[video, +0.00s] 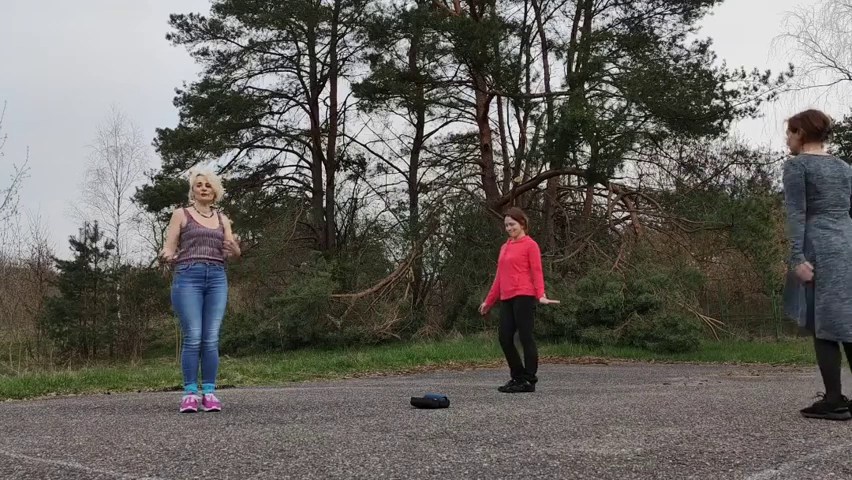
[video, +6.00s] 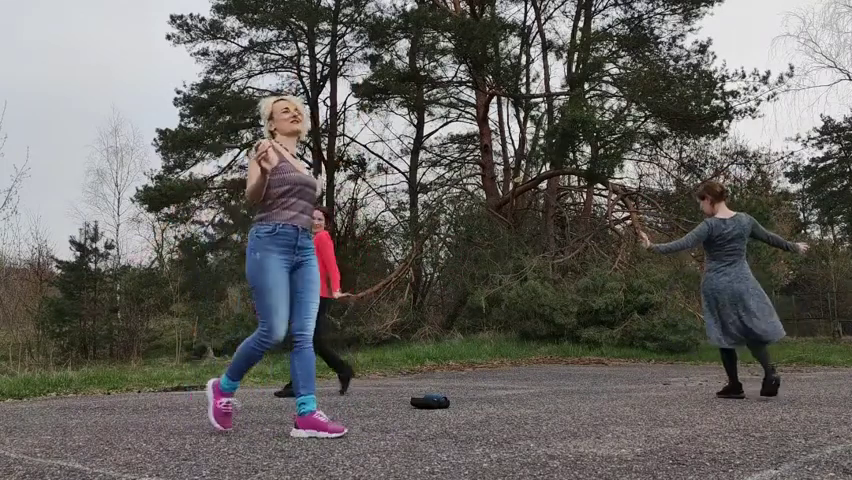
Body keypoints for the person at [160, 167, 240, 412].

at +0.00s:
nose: (204, 189)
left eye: (208, 185)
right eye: (199, 185)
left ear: (216, 190)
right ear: (192, 190)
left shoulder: (222, 219)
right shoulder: (181, 214)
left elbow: (233, 254)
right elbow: (169, 248)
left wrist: (234, 249)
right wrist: (168, 255)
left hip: (217, 277)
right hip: (188, 277)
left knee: (211, 338)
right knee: (193, 336)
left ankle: (209, 393)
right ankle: (190, 393)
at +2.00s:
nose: (222, 191)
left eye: (226, 187)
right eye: (217, 186)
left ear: (231, 192)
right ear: (207, 189)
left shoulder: (234, 219)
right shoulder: (193, 214)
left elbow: (240, 253)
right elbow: (181, 251)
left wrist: (249, 283)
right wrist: (174, 282)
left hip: (226, 280)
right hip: (195, 279)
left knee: (218, 341)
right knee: (205, 337)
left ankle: (209, 392)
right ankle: (192, 385)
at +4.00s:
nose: (307, 116)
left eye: (311, 113)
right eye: (301, 111)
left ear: (316, 123)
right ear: (286, 119)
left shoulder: (323, 159)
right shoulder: (277, 155)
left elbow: (363, 146)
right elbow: (286, 131)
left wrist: (364, 99)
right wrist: (295, 81)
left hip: (331, 239)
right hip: (293, 235)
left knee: (351, 325)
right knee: (305, 322)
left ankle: (360, 408)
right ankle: (272, 394)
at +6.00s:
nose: (293, 114)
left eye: (297, 110)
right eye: (284, 110)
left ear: (304, 120)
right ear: (270, 122)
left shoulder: (303, 161)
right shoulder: (264, 151)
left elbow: (296, 210)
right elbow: (252, 198)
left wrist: (313, 216)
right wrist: (263, 171)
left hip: (305, 247)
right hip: (269, 243)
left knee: (304, 334)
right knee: (272, 331)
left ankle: (306, 414)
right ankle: (223, 389)